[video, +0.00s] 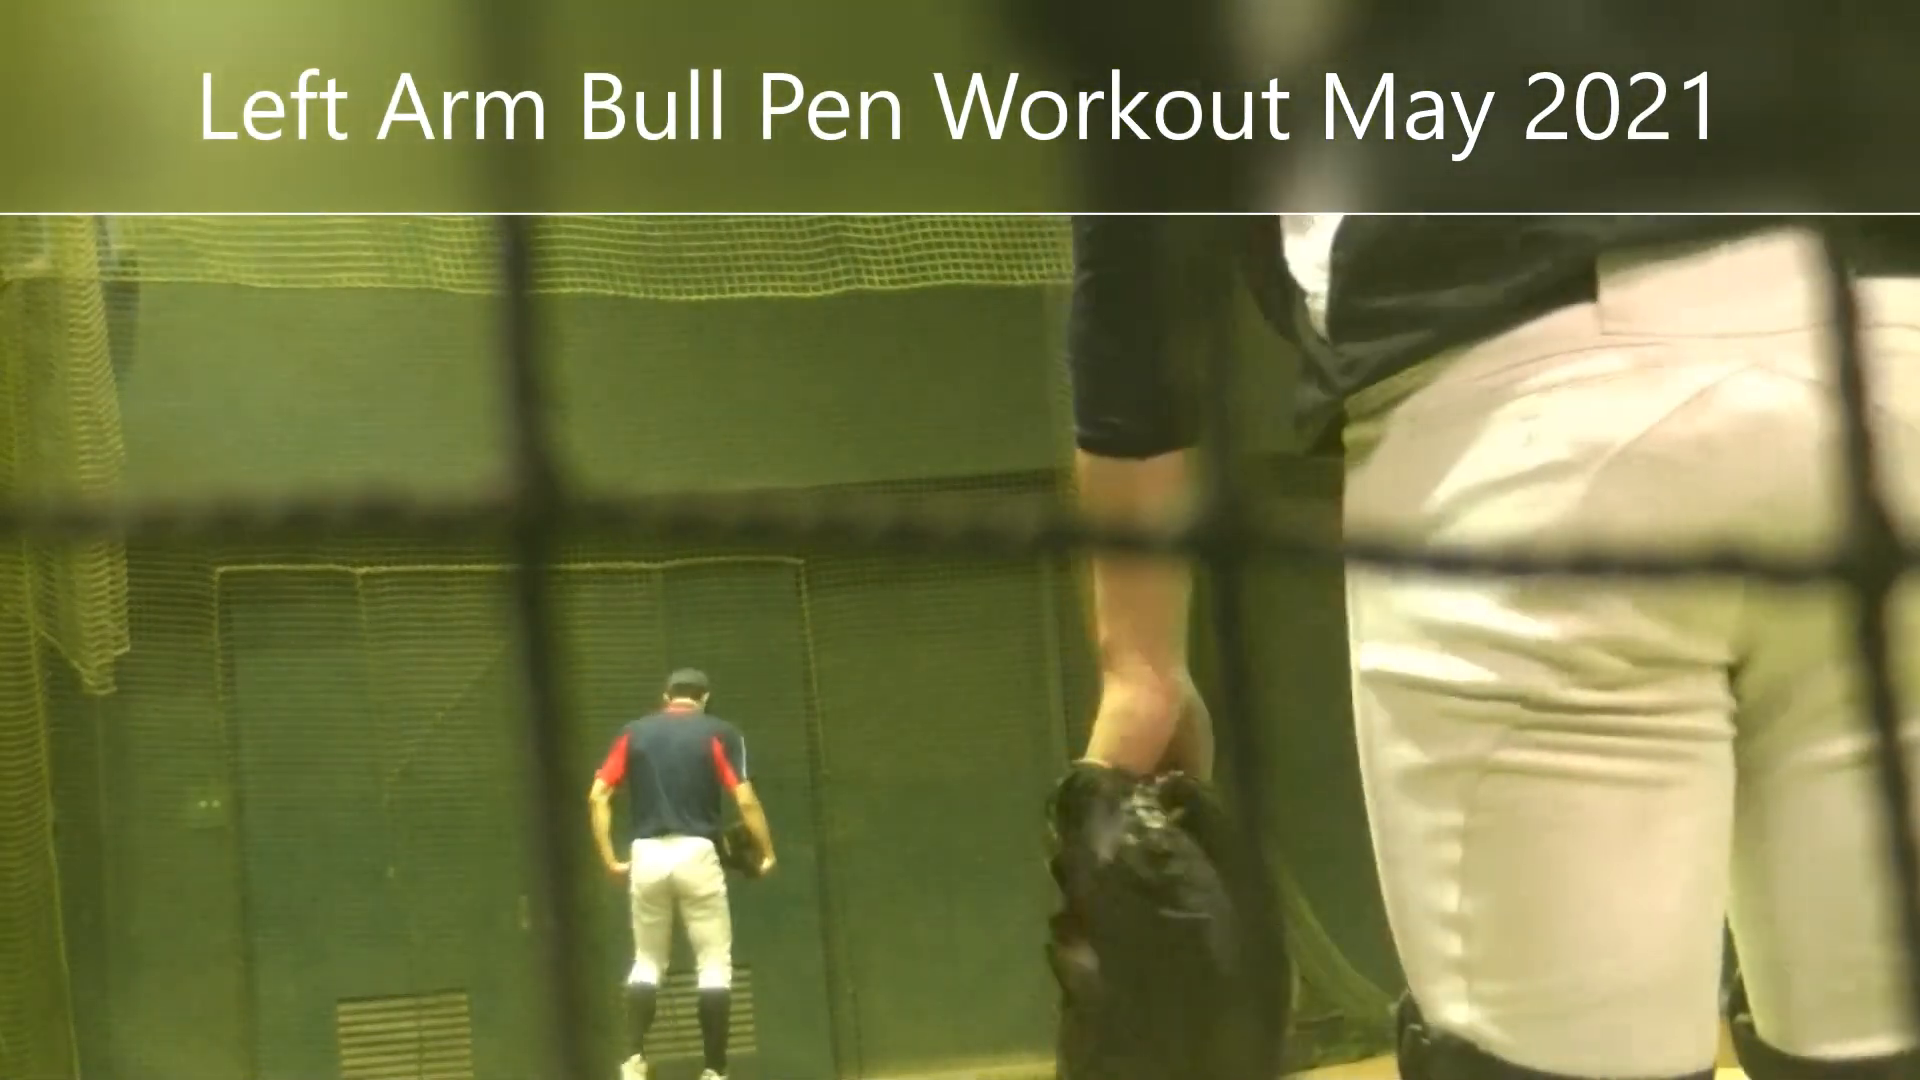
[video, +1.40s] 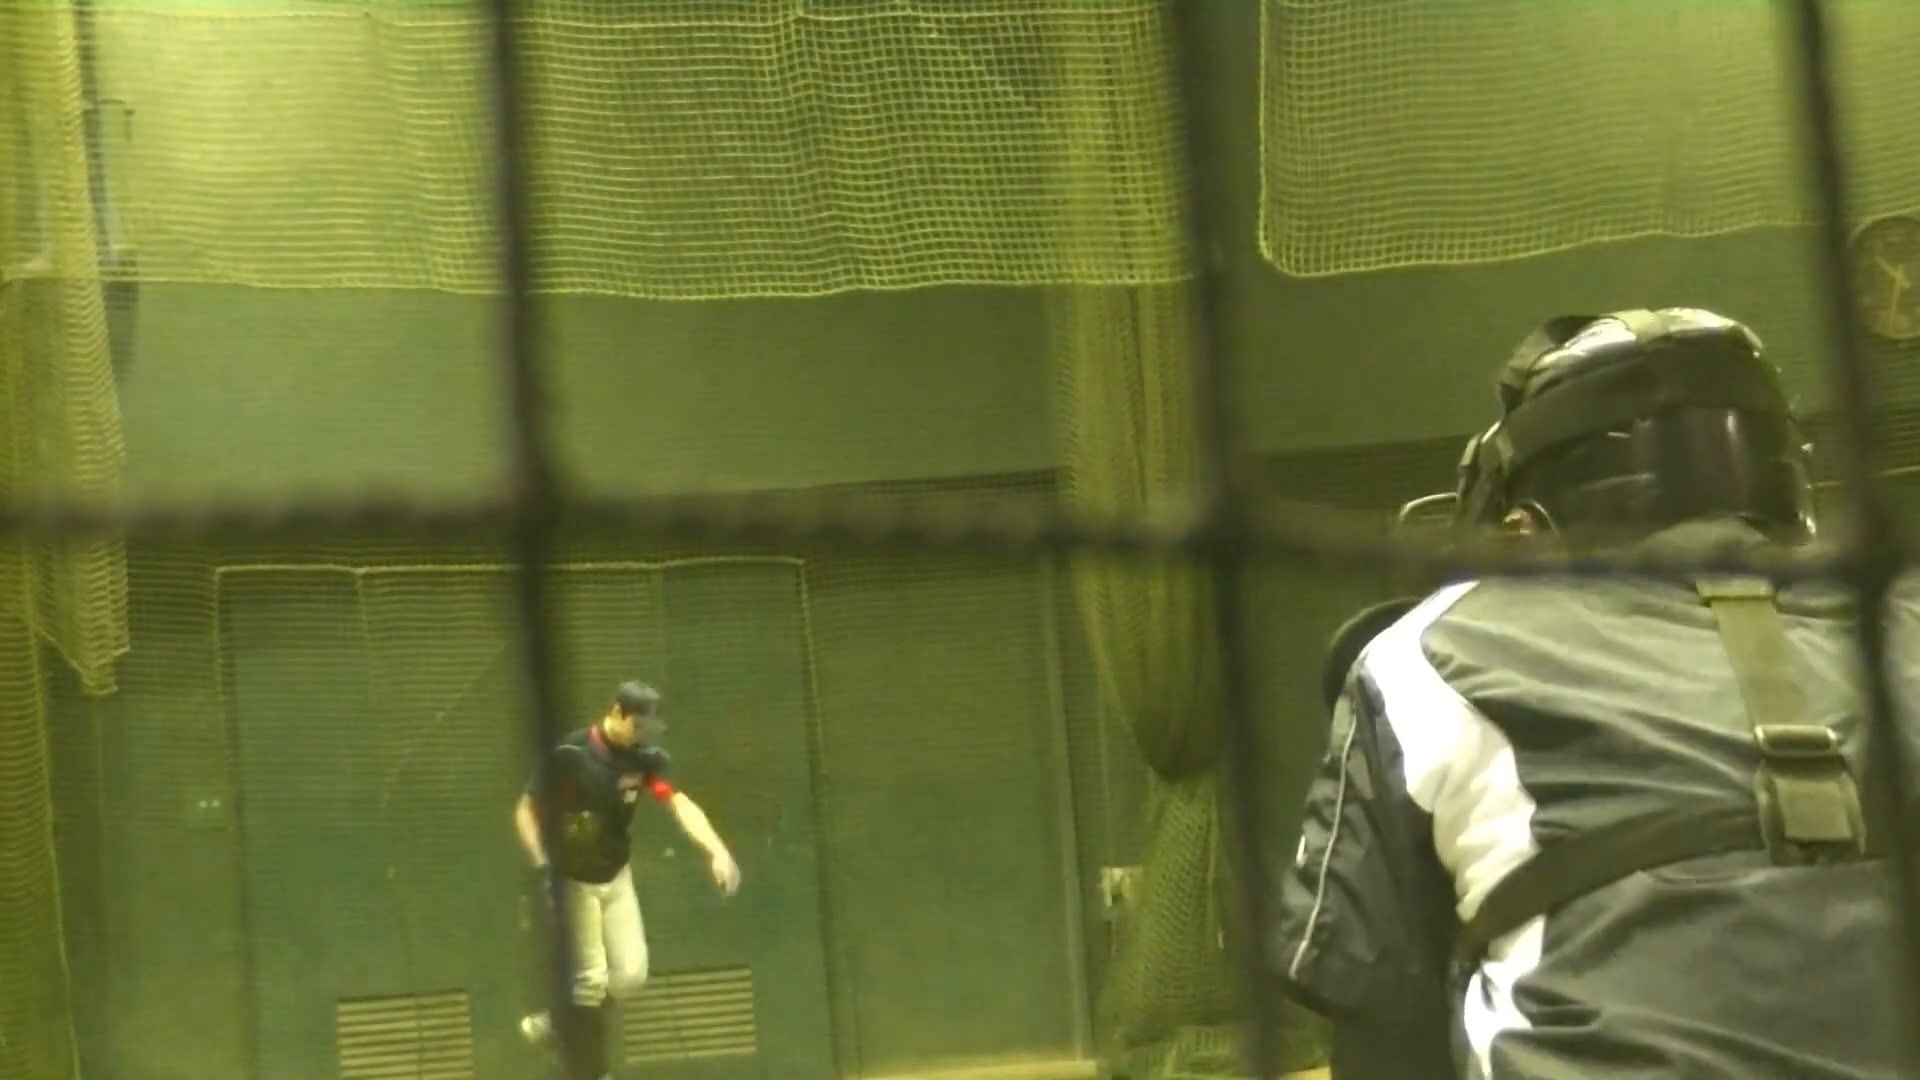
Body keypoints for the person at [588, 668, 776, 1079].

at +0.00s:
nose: (698, 704)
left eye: (674, 697)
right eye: (701, 698)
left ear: (666, 698)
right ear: (703, 699)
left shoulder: (634, 733)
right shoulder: (719, 733)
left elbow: (598, 794)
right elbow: (745, 799)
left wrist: (609, 860)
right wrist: (766, 852)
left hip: (646, 857)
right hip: (697, 856)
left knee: (647, 958)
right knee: (713, 959)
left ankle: (633, 1057)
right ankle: (715, 1068)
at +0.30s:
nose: (687, 717)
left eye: (687, 711)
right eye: (688, 711)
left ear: (649, 700)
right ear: (679, 703)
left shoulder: (611, 737)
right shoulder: (677, 732)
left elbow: (580, 802)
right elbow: (694, 791)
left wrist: (607, 846)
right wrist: (738, 835)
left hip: (614, 862)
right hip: (659, 860)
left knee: (634, 968)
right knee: (694, 961)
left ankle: (614, 1072)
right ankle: (712, 1067)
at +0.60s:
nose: (660, 718)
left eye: (663, 712)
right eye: (662, 711)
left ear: (633, 695)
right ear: (650, 697)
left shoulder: (597, 732)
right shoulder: (633, 730)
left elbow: (612, 804)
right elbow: (630, 799)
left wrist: (666, 838)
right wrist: (671, 840)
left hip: (589, 858)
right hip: (621, 857)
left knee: (614, 970)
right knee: (667, 959)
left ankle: (605, 1072)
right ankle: (671, 1067)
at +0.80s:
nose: (651, 718)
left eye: (654, 711)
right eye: (652, 709)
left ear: (630, 696)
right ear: (637, 697)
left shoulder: (599, 731)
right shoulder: (613, 734)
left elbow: (626, 785)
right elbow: (601, 807)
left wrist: (682, 792)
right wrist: (646, 851)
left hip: (589, 859)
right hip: (607, 859)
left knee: (615, 968)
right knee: (640, 962)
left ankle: (601, 1066)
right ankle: (620, 1067)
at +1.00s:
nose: (647, 718)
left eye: (650, 710)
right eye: (646, 708)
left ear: (629, 701)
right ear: (626, 698)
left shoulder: (612, 739)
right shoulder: (598, 739)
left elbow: (653, 755)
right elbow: (572, 808)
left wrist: (708, 735)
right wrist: (616, 855)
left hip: (619, 868)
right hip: (595, 867)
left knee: (625, 975)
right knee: (617, 975)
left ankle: (607, 1069)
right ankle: (600, 1070)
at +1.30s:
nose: (645, 726)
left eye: (648, 718)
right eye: (640, 717)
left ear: (644, 717)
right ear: (618, 710)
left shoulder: (640, 755)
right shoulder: (572, 754)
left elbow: (690, 793)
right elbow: (530, 810)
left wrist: (750, 787)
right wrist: (556, 851)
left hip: (615, 879)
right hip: (573, 882)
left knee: (635, 972)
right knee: (589, 982)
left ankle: (572, 1056)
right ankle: (586, 1067)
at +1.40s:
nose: (645, 731)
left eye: (648, 723)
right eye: (639, 722)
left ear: (647, 722)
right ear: (617, 714)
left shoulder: (644, 758)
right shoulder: (569, 755)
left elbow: (679, 804)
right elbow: (526, 810)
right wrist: (543, 865)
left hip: (617, 880)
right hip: (573, 884)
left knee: (631, 976)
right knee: (590, 985)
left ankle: (548, 1028)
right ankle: (589, 1070)